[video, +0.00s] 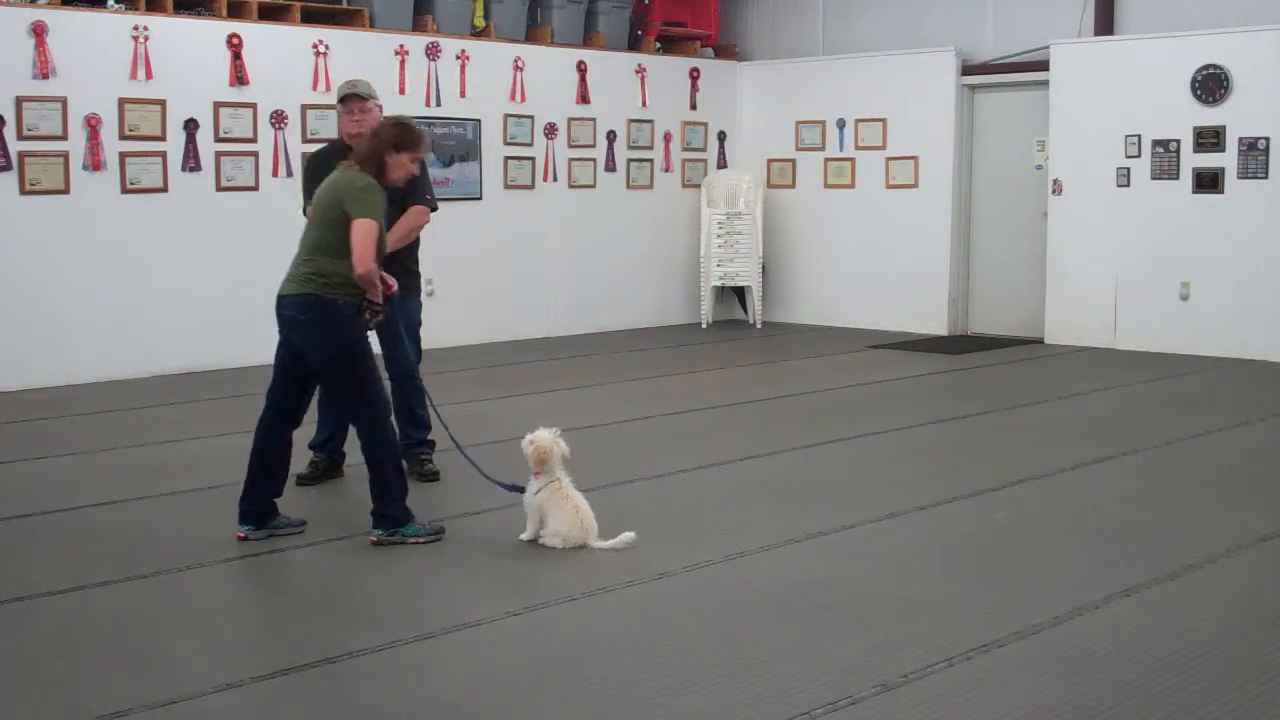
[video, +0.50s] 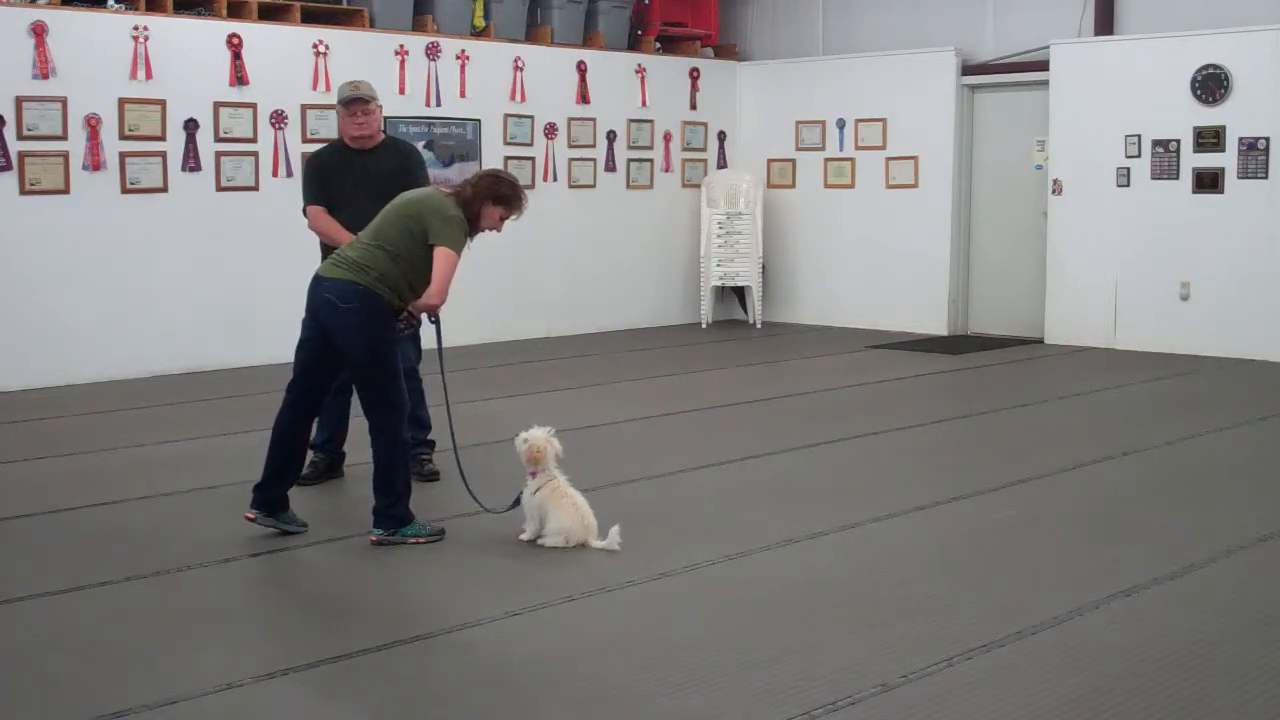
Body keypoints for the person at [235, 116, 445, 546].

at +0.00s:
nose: (414, 173)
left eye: (417, 166)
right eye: (411, 164)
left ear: (384, 153)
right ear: (388, 153)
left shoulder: (340, 181)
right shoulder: (367, 190)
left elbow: (332, 249)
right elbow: (363, 269)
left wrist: (375, 275)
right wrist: (377, 290)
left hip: (297, 306)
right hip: (329, 310)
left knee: (281, 413)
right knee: (373, 412)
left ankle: (256, 515)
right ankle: (391, 518)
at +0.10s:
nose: (442, 182)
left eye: (445, 174)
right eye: (440, 172)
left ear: (412, 163)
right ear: (416, 162)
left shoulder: (362, 184)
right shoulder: (394, 198)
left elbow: (348, 245)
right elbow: (385, 274)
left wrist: (388, 281)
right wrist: (390, 299)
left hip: (303, 300)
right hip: (336, 306)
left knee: (288, 409)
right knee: (377, 411)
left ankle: (258, 513)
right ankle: (391, 519)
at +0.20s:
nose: (465, 195)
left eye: (469, 188)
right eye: (464, 185)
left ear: (437, 171)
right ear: (444, 175)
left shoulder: (387, 187)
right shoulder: (413, 202)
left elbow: (362, 248)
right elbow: (402, 278)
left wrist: (397, 292)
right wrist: (400, 304)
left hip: (311, 296)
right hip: (347, 305)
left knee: (292, 404)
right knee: (382, 412)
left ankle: (261, 509)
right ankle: (391, 519)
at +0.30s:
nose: (482, 208)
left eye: (487, 201)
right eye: (482, 198)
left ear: (453, 182)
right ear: (463, 186)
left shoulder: (403, 189)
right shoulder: (431, 210)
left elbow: (376, 253)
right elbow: (415, 288)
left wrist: (413, 296)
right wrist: (403, 309)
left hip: (318, 294)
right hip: (355, 305)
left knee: (295, 402)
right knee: (387, 413)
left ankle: (263, 506)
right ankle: (391, 519)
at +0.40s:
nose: (493, 218)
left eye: (498, 212)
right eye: (495, 207)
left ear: (469, 192)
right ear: (476, 194)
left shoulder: (415, 195)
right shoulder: (443, 214)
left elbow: (379, 256)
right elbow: (428, 293)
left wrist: (406, 305)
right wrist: (409, 309)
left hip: (322, 293)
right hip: (361, 305)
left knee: (299, 401)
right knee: (387, 414)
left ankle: (265, 503)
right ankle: (392, 519)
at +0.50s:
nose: (501, 225)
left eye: (506, 219)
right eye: (503, 215)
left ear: (481, 198)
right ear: (485, 200)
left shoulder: (426, 197)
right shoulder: (451, 219)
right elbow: (436, 298)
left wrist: (410, 302)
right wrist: (413, 307)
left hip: (327, 291)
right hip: (364, 304)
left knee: (302, 399)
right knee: (389, 415)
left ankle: (268, 501)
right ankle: (392, 520)